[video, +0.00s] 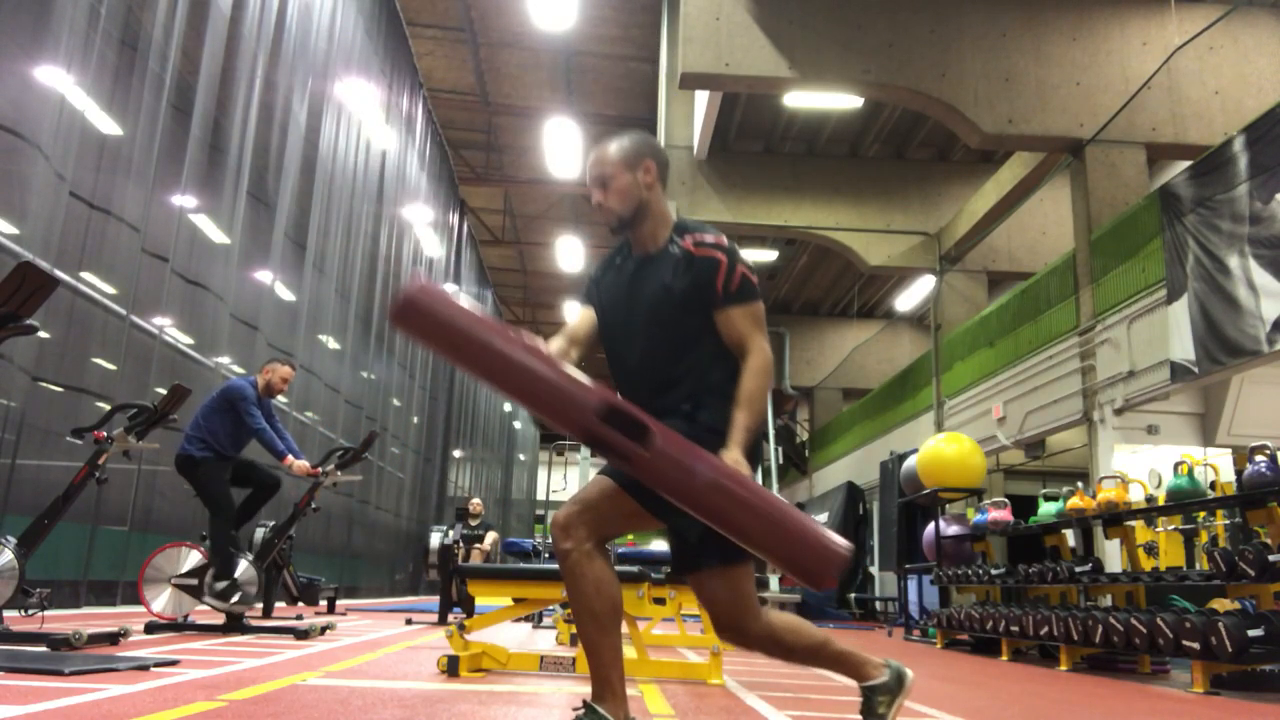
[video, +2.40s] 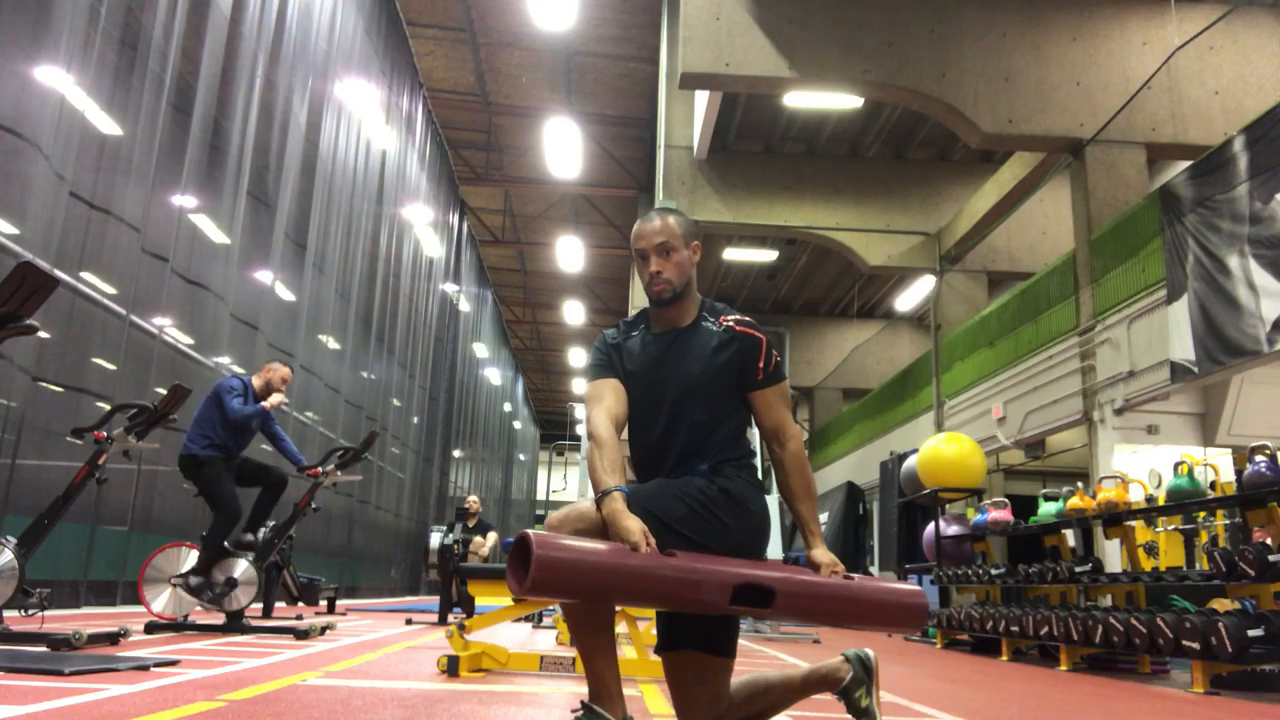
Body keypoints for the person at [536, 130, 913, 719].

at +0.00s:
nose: (595, 199)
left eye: (604, 184)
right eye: (591, 188)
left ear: (648, 176)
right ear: (631, 183)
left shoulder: (708, 255)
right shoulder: (611, 272)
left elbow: (758, 352)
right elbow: (574, 337)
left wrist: (736, 447)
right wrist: (558, 348)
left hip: (703, 454)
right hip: (661, 454)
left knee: (574, 526)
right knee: (739, 621)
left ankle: (610, 706)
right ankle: (876, 674)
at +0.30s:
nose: (605, 250)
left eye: (616, 236)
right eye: (603, 239)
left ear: (660, 231)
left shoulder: (725, 307)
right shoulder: (614, 326)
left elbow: (779, 406)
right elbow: (590, 401)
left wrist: (794, 509)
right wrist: (584, 439)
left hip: (728, 477)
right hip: (669, 481)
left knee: (571, 527)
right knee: (715, 682)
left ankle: (609, 707)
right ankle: (859, 671)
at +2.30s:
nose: (655, 269)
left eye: (668, 254)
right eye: (644, 258)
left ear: (697, 255)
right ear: (635, 265)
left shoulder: (740, 337)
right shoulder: (617, 344)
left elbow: (784, 439)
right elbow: (605, 428)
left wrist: (815, 543)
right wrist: (616, 506)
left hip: (728, 509)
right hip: (669, 520)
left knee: (570, 526)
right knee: (702, 708)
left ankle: (608, 708)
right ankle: (842, 672)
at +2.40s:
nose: (653, 268)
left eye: (665, 253)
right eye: (642, 258)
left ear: (695, 254)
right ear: (633, 265)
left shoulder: (739, 337)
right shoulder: (616, 345)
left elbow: (785, 439)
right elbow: (602, 428)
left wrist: (815, 543)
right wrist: (614, 506)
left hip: (728, 509)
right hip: (669, 519)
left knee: (567, 527)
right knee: (703, 709)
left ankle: (607, 707)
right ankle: (842, 673)